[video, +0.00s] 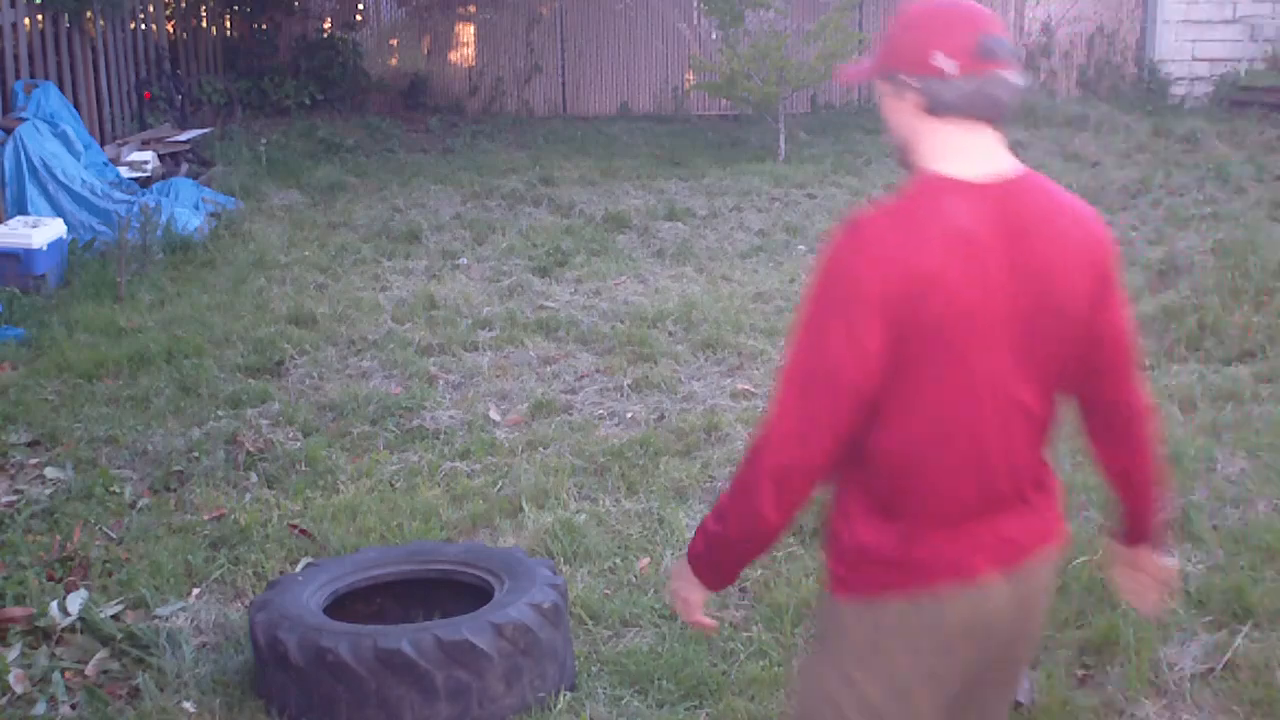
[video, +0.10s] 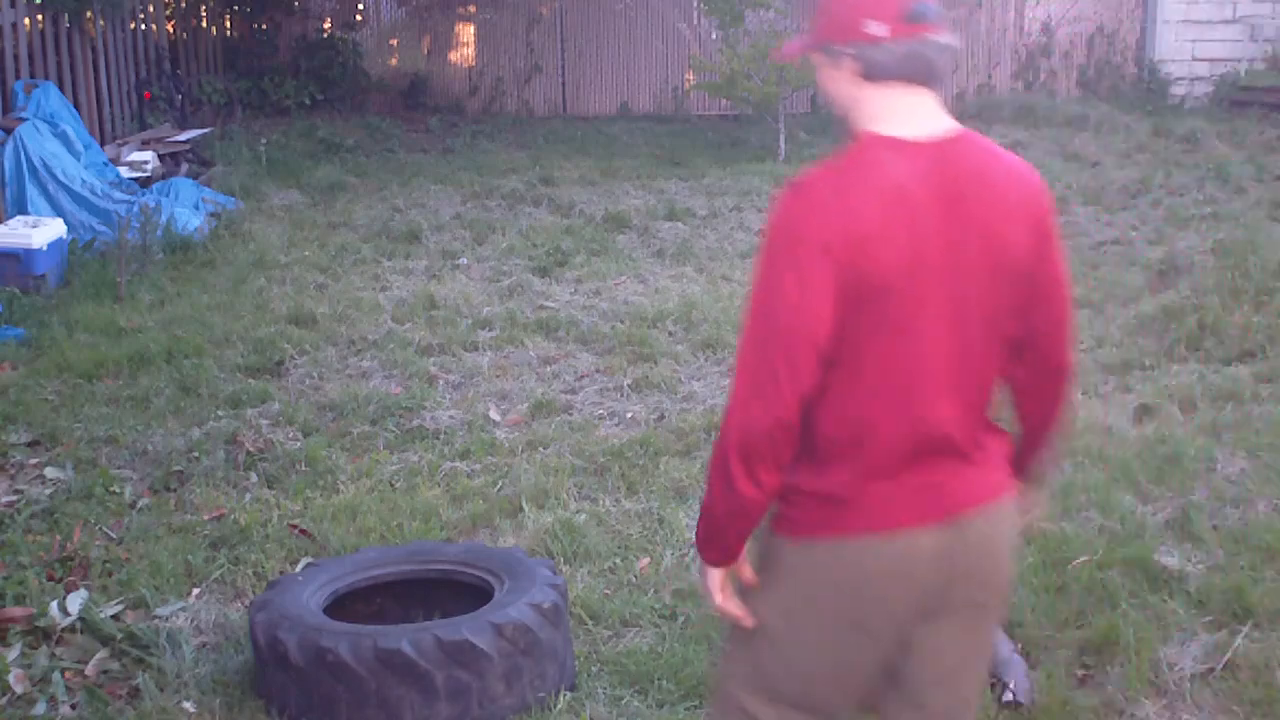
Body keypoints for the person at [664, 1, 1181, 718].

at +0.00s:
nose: (881, 110)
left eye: (884, 93)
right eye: (881, 94)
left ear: (910, 98)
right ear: (996, 95)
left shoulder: (881, 243)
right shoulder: (1076, 228)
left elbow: (800, 438)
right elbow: (1116, 397)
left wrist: (706, 561)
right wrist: (1145, 528)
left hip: (902, 591)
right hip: (1028, 567)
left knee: (841, 704)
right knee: (984, 708)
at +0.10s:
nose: (817, 83)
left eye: (818, 65)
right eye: (814, 66)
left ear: (845, 66)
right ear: (926, 61)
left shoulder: (822, 201)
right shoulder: (1017, 185)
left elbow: (768, 402)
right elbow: (1049, 362)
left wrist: (721, 536)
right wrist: (1027, 469)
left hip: (845, 543)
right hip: (981, 525)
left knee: (765, 704)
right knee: (940, 709)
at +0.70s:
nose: (509, 101)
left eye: (507, 85)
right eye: (504, 86)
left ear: (531, 80)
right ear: (589, 57)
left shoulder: (554, 187)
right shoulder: (688, 131)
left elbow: (518, 353)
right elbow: (742, 257)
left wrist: (431, 426)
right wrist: (719, 345)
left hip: (601, 446)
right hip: (698, 421)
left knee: (563, 631)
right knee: (683, 574)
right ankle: (710, 704)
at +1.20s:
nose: (457, 166)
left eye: (456, 154)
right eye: (450, 157)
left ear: (486, 130)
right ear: (489, 121)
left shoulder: (566, 184)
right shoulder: (525, 161)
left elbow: (605, 331)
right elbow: (526, 269)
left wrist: (525, 412)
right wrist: (521, 354)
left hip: (621, 378)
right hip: (586, 370)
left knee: (541, 535)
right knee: (586, 511)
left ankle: (602, 690)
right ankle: (630, 648)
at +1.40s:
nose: (429, 217)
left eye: (429, 205)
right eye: (421, 207)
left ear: (457, 176)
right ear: (449, 172)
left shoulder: (554, 223)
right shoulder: (483, 200)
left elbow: (599, 357)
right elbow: (488, 296)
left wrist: (539, 445)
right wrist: (485, 389)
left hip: (622, 373)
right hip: (557, 361)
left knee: (578, 532)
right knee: (517, 470)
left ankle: (598, 687)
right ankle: (598, 567)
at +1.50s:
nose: (423, 265)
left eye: (423, 254)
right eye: (414, 257)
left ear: (445, 223)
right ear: (437, 219)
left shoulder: (541, 257)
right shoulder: (455, 239)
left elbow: (600, 382)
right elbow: (465, 334)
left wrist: (544, 466)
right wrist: (470, 424)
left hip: (623, 373)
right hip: (549, 366)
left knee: (582, 521)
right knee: (518, 468)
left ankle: (598, 686)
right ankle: (527, 597)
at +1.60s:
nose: (416, 321)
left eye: (416, 311)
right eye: (410, 315)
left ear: (437, 283)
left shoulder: (533, 298)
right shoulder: (439, 287)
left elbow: (602, 404)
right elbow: (446, 383)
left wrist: (544, 485)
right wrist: (459, 475)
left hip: (620, 386)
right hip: (540, 385)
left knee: (581, 516)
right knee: (496, 485)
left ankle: (598, 684)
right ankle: (523, 610)